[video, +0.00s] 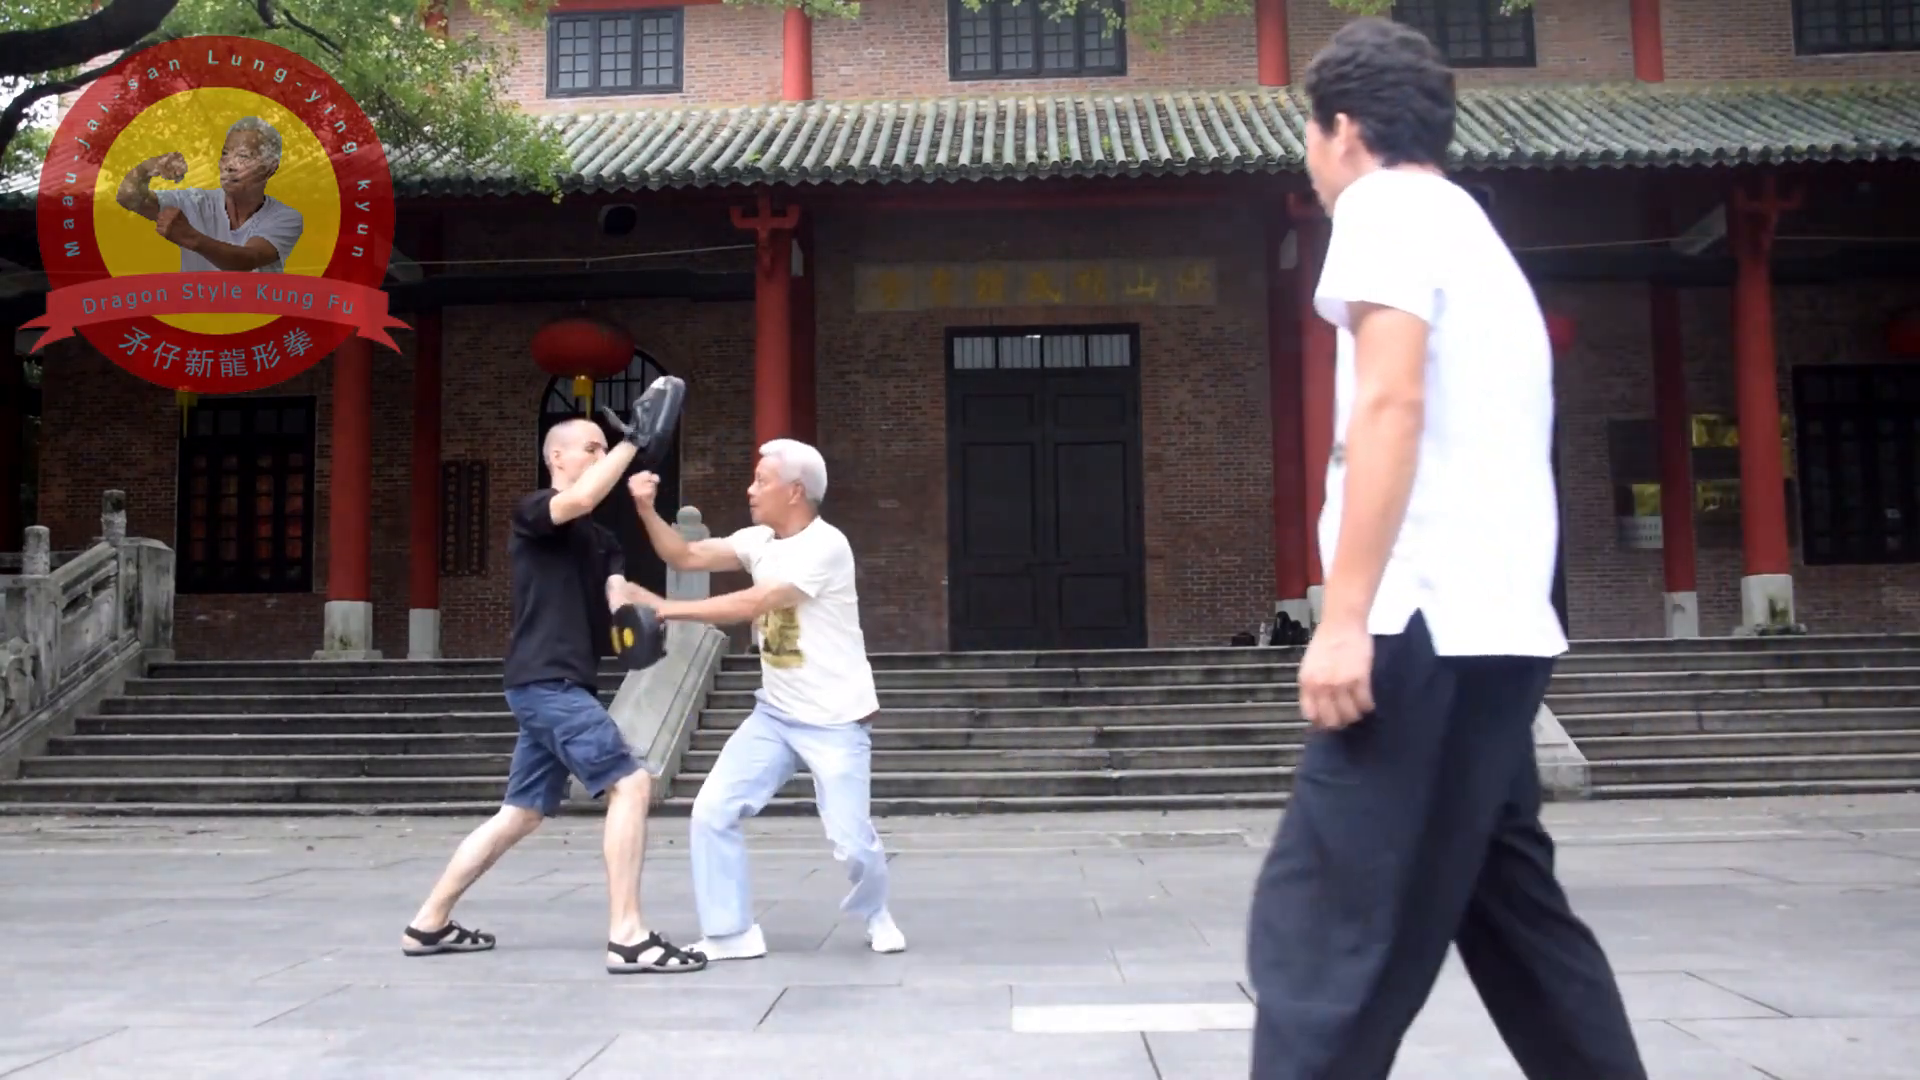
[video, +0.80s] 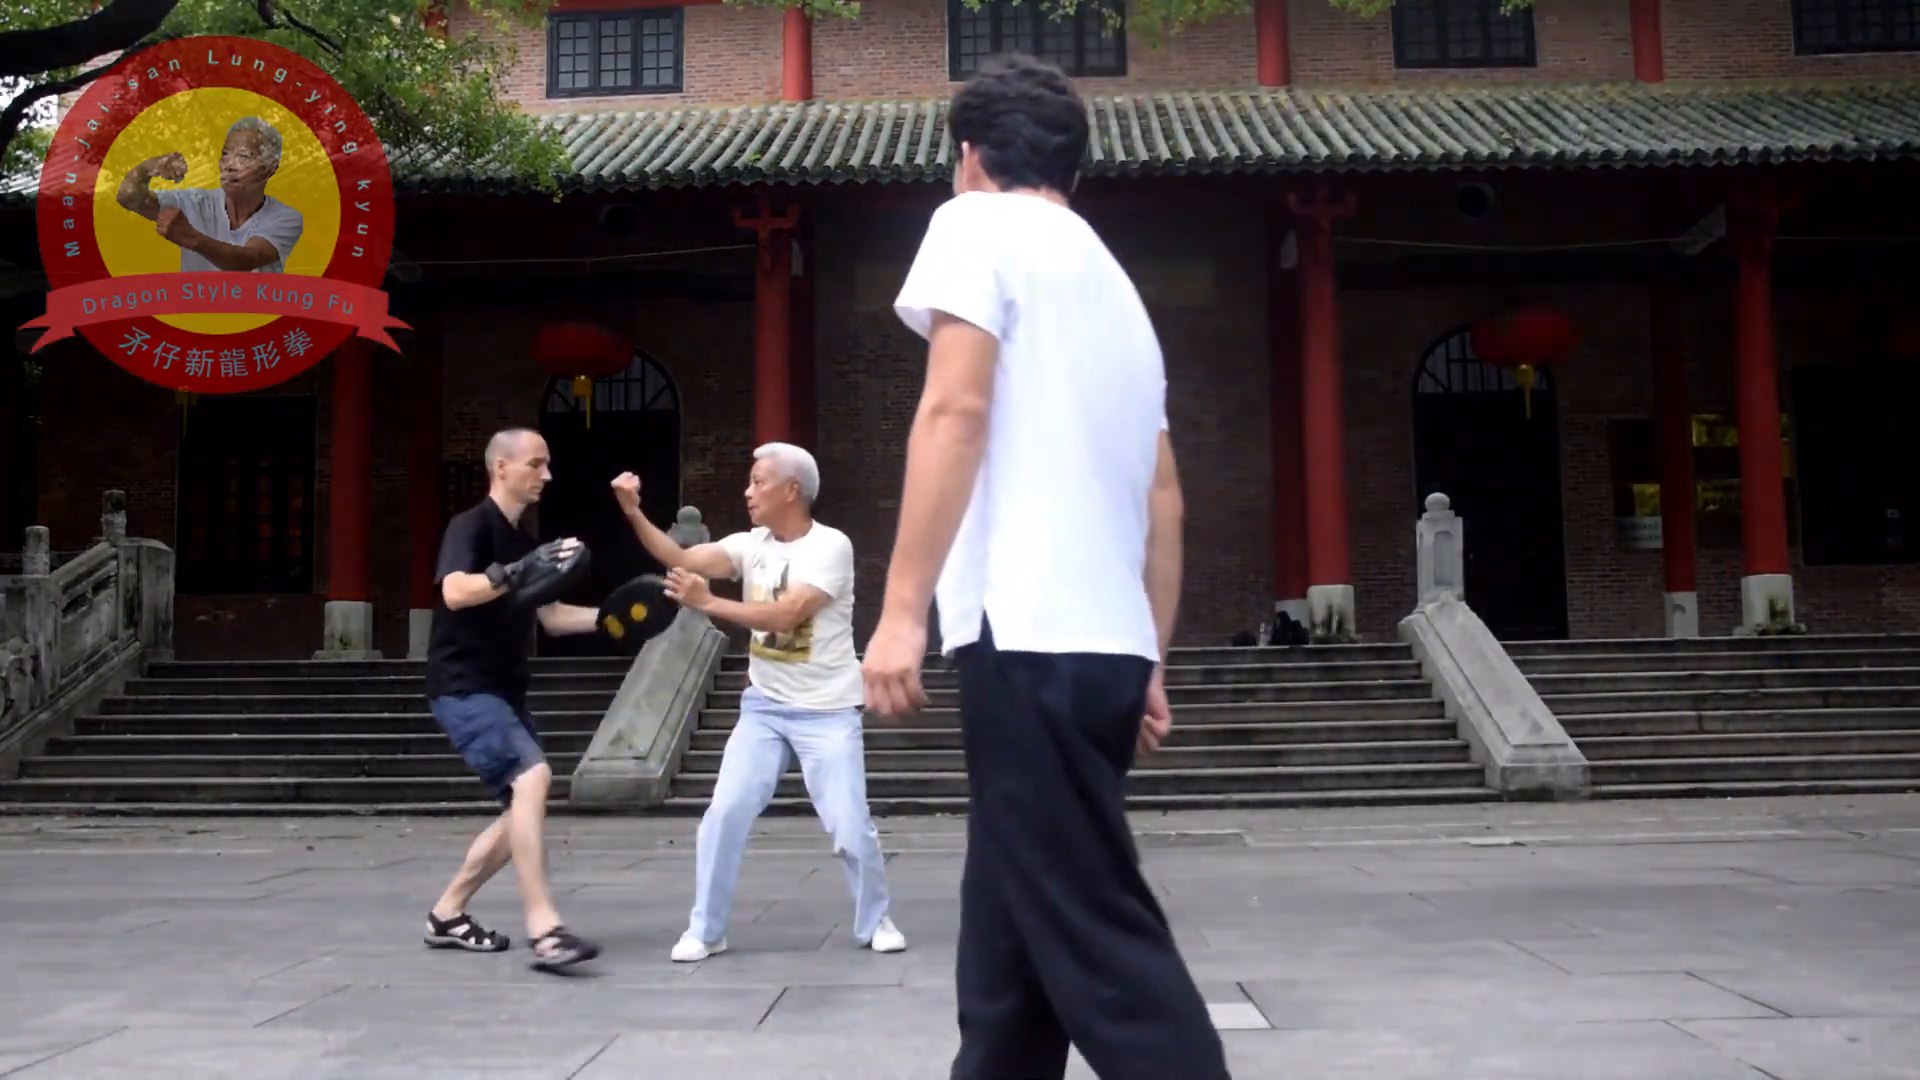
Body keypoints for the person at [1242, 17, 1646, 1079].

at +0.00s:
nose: (1312, 162)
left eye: (1313, 136)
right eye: (1311, 137)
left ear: (1346, 131)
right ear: (1423, 130)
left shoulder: (1389, 210)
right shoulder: (1470, 227)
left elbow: (1390, 403)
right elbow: (1473, 437)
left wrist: (1341, 617)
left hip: (1428, 633)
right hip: (1492, 635)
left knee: (1322, 938)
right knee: (1518, 923)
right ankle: (1608, 1078)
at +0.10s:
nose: (1247, 158)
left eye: (1247, 134)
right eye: (1244, 137)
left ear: (1281, 125)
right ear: (1366, 123)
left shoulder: (1321, 205)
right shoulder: (1414, 233)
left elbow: (1319, 404)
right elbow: (1429, 452)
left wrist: (1265, 616)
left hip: (1355, 630)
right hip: (1432, 637)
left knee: (1260, 936)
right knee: (1446, 909)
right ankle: (1565, 1075)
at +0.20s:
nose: (1192, 144)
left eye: (1192, 121)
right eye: (1191, 124)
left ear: (1224, 111)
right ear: (1311, 112)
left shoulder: (1255, 190)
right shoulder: (1363, 226)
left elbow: (1247, 385)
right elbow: (1369, 438)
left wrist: (1180, 595)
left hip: (1295, 619)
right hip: (1383, 626)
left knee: (1243, 931)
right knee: (1335, 891)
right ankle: (1495, 1062)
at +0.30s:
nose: (1141, 137)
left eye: (1142, 116)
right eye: (1139, 117)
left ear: (1172, 109)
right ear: (1264, 109)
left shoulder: (1197, 185)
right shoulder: (1323, 229)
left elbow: (1175, 379)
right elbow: (1355, 447)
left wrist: (1102, 588)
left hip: (1257, 623)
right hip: (1344, 624)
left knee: (1220, 922)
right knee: (1267, 889)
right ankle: (1389, 1059)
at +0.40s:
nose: (1098, 141)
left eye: (1097, 119)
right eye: (1096, 121)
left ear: (1124, 110)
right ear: (1218, 113)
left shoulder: (1145, 190)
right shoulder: (1279, 230)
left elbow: (1113, 381)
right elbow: (1323, 455)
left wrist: (1035, 591)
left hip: (1214, 619)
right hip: (1298, 619)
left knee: (1201, 905)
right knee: (1146, 857)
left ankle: (1231, 1064)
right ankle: (1223, 1049)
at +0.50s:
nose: (1055, 146)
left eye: (1054, 125)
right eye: (1053, 127)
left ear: (1083, 118)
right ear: (1175, 121)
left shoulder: (1098, 196)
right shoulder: (1240, 243)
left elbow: (1066, 388)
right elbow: (1297, 462)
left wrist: (990, 597)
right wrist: (1270, 619)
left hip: (1172, 624)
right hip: (1251, 623)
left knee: (1187, 924)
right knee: (1098, 895)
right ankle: (1112, 1072)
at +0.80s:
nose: (950, 175)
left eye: (953, 159)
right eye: (953, 159)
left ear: (975, 158)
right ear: (1070, 169)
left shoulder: (980, 223)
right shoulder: (1117, 290)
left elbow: (954, 413)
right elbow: (1162, 496)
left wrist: (902, 607)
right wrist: (1149, 658)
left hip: (1026, 642)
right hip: (1107, 649)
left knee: (1091, 941)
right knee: (1008, 952)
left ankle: (1186, 1069)